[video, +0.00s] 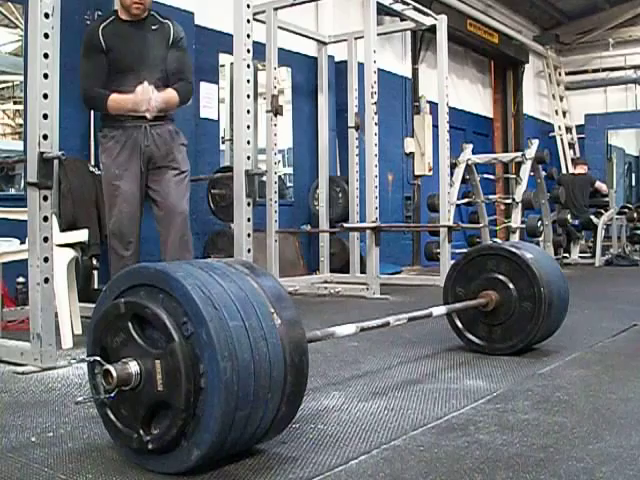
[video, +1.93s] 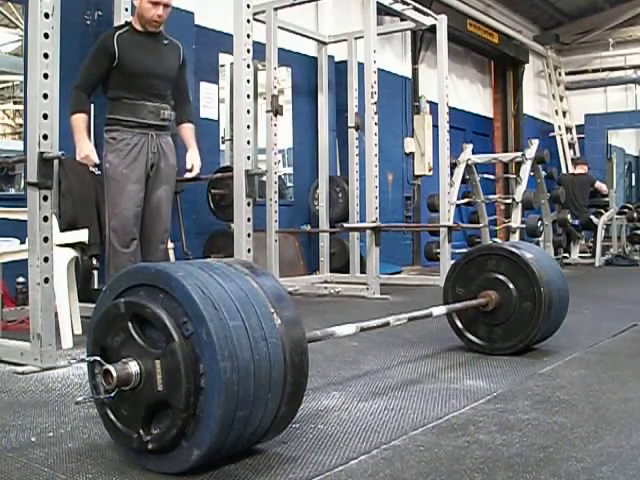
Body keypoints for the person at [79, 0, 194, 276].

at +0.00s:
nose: (140, 1)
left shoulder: (170, 30)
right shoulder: (99, 34)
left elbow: (185, 86)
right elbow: (90, 95)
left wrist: (158, 101)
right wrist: (133, 101)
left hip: (166, 136)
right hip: (119, 138)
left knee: (177, 216)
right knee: (122, 226)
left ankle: (184, 298)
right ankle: (124, 302)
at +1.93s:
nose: (161, 12)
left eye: (166, 7)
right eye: (155, 4)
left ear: (170, 9)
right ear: (137, 3)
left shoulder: (175, 49)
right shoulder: (113, 41)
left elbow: (182, 105)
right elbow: (80, 92)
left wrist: (192, 148)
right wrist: (82, 142)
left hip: (164, 143)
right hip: (124, 141)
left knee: (158, 231)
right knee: (124, 229)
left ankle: (158, 303)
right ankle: (123, 304)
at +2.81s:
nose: (159, 11)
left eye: (166, 6)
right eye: (153, 4)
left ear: (171, 9)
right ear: (137, 2)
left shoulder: (176, 50)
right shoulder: (113, 40)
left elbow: (183, 104)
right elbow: (80, 91)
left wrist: (192, 149)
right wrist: (80, 141)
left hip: (163, 143)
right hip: (123, 141)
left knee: (158, 232)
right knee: (123, 230)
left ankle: (158, 305)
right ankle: (122, 305)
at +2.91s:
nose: (160, 11)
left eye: (166, 6)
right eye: (154, 3)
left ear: (170, 9)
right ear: (137, 2)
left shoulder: (176, 49)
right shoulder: (114, 40)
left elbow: (183, 104)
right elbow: (80, 91)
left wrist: (191, 149)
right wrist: (80, 141)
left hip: (163, 143)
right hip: (123, 141)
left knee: (158, 232)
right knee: (123, 230)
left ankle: (158, 304)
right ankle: (121, 305)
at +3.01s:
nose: (160, 11)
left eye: (166, 6)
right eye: (154, 3)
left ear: (170, 9)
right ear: (137, 2)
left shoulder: (176, 49)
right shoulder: (114, 39)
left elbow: (183, 104)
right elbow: (80, 91)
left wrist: (191, 149)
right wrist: (80, 140)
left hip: (163, 143)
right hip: (123, 141)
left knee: (157, 232)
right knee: (123, 230)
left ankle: (159, 305)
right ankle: (122, 306)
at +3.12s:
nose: (159, 11)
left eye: (165, 6)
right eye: (153, 3)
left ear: (170, 9)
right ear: (137, 2)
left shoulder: (176, 49)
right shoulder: (113, 39)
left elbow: (183, 104)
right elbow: (79, 91)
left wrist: (191, 149)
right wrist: (79, 141)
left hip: (163, 143)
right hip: (123, 141)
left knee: (157, 233)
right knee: (123, 230)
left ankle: (159, 306)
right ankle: (122, 307)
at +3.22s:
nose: (158, 11)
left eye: (165, 6)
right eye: (152, 3)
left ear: (170, 10)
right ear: (136, 2)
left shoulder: (176, 49)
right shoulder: (113, 39)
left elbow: (183, 104)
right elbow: (79, 90)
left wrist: (191, 149)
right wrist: (79, 141)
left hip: (163, 143)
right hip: (122, 141)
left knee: (157, 233)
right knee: (122, 230)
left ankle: (159, 305)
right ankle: (122, 306)